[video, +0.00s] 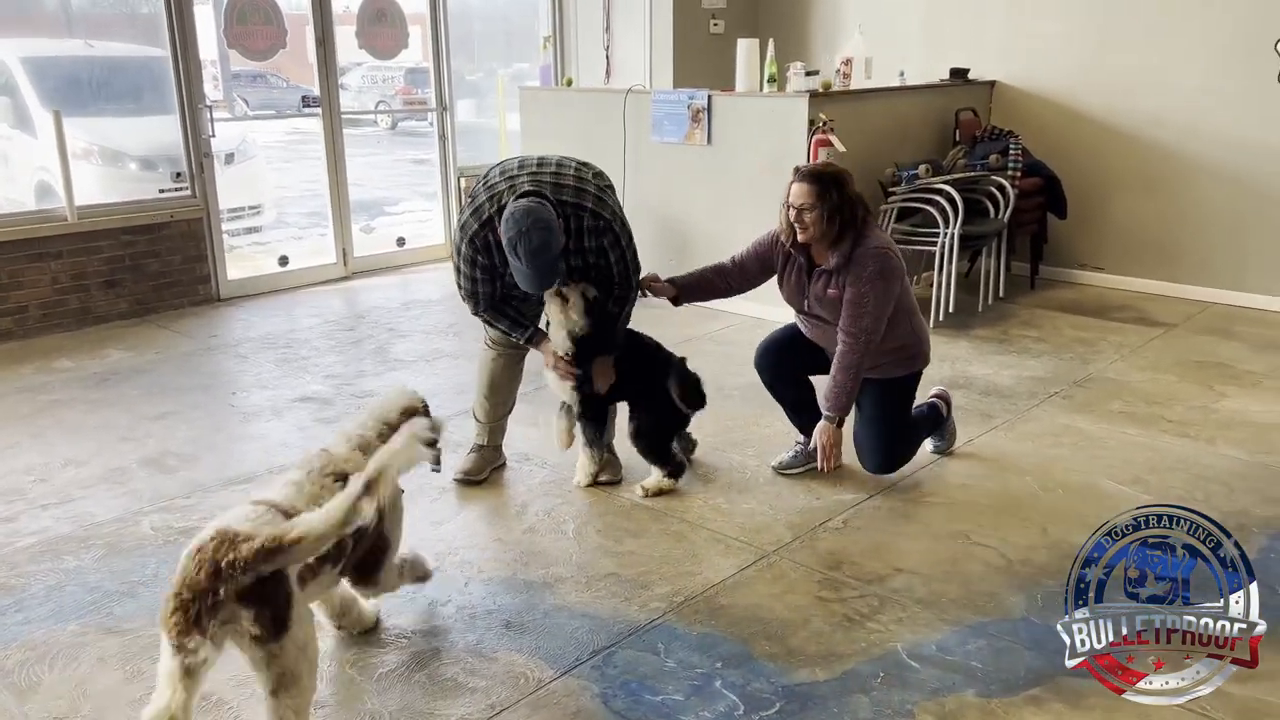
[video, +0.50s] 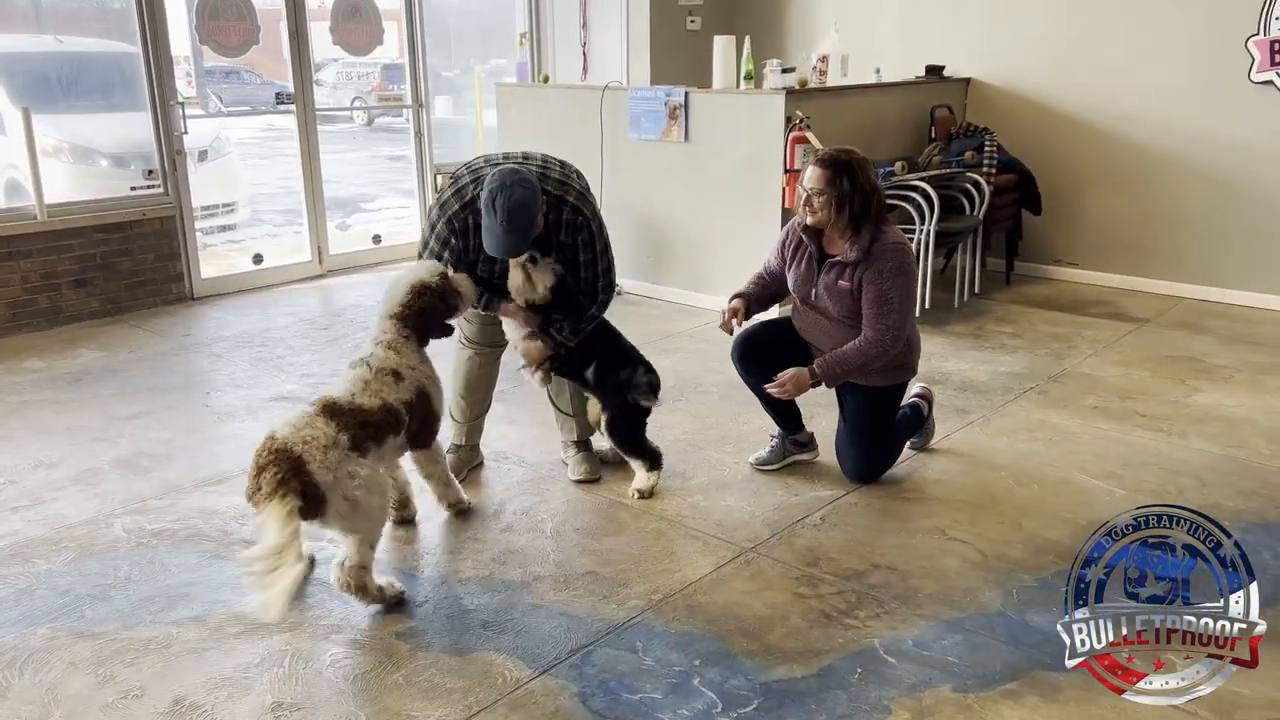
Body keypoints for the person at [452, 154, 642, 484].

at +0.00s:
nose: (545, 289)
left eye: (551, 278)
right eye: (533, 284)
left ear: (561, 231)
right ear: (503, 241)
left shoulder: (596, 214)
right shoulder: (475, 230)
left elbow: (625, 283)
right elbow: (482, 303)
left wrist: (605, 355)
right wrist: (542, 344)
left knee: (595, 343)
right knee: (501, 342)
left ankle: (601, 449)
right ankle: (486, 447)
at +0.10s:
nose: (528, 281)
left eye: (537, 272)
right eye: (519, 276)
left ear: (554, 229)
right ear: (494, 233)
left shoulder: (592, 211)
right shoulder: (469, 225)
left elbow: (624, 276)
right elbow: (469, 296)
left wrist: (594, 348)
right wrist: (530, 337)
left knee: (589, 344)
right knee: (497, 343)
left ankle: (596, 449)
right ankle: (481, 448)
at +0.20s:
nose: (523, 273)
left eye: (532, 259)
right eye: (512, 267)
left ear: (547, 221)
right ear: (487, 224)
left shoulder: (586, 210)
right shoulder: (463, 219)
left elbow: (613, 292)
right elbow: (462, 290)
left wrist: (594, 365)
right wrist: (524, 328)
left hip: (570, 259)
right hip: (498, 267)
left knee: (579, 346)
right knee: (491, 346)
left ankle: (589, 447)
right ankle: (476, 447)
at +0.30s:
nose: (522, 268)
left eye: (531, 252)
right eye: (511, 260)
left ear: (545, 219)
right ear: (485, 223)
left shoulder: (582, 214)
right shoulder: (459, 218)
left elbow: (598, 301)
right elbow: (453, 283)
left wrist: (582, 379)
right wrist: (521, 317)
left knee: (562, 343)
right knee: (486, 341)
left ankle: (582, 446)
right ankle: (472, 447)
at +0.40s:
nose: (519, 275)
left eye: (528, 265)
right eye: (508, 269)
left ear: (543, 224)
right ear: (483, 227)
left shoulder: (580, 215)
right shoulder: (456, 219)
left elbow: (597, 298)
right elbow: (450, 287)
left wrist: (573, 368)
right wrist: (515, 313)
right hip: (488, 273)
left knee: (568, 351)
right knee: (480, 352)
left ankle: (581, 447)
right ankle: (467, 448)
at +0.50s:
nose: (512, 255)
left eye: (521, 247)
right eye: (503, 249)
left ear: (540, 216)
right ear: (482, 212)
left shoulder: (576, 209)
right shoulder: (454, 208)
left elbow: (599, 290)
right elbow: (432, 275)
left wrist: (549, 342)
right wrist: (501, 307)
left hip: (556, 262)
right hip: (482, 264)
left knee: (562, 349)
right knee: (477, 343)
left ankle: (577, 445)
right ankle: (463, 446)